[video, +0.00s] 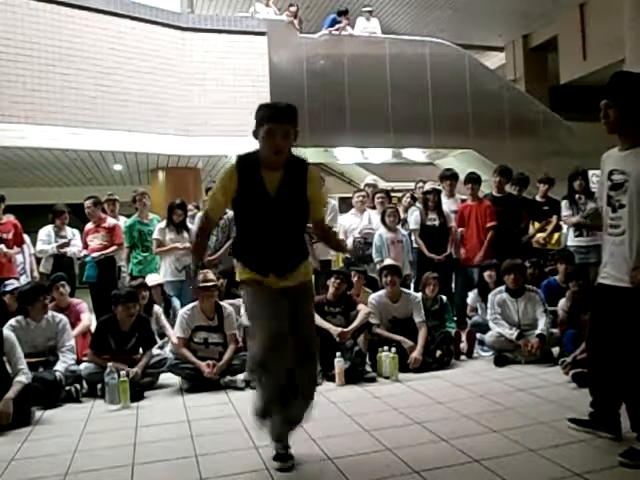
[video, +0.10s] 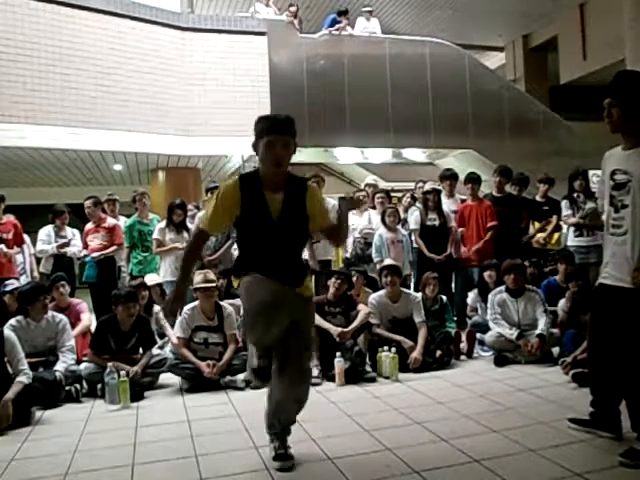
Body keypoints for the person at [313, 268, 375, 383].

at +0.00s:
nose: (338, 282)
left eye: (342, 281)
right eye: (336, 278)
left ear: (346, 287)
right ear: (328, 281)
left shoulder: (349, 300)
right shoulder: (318, 301)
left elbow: (366, 311)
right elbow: (313, 316)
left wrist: (349, 330)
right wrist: (332, 329)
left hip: (348, 345)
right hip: (327, 343)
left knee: (364, 323)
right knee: (321, 329)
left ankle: (360, 366)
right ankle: (326, 370)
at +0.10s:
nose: (339, 283)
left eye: (343, 281)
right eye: (337, 279)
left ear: (347, 287)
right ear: (329, 282)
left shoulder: (350, 300)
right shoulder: (318, 302)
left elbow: (366, 311)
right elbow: (311, 315)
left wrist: (350, 330)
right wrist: (332, 329)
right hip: (326, 348)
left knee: (364, 323)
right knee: (314, 327)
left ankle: (363, 364)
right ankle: (315, 366)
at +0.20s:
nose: (341, 285)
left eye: (345, 283)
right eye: (339, 281)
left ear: (349, 288)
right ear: (331, 283)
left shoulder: (351, 301)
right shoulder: (320, 303)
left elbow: (368, 313)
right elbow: (314, 317)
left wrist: (352, 332)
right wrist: (334, 331)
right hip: (328, 346)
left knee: (366, 324)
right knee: (319, 330)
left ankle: (362, 368)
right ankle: (326, 372)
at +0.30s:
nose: (344, 286)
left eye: (348, 284)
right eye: (342, 282)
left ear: (352, 290)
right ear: (334, 284)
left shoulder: (354, 302)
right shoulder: (323, 303)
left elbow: (371, 314)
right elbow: (317, 318)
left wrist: (354, 333)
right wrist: (336, 331)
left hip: (352, 346)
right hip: (331, 345)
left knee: (369, 325)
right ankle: (330, 373)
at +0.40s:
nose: (343, 286)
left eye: (348, 285)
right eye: (341, 282)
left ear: (352, 290)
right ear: (334, 284)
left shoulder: (354, 302)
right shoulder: (323, 303)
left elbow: (370, 314)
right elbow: (316, 318)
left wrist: (354, 333)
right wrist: (336, 331)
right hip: (331, 346)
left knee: (369, 325)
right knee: (324, 331)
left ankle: (364, 369)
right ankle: (329, 373)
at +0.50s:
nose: (344, 286)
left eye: (348, 285)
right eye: (342, 282)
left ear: (352, 290)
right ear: (334, 284)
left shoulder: (354, 303)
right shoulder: (323, 303)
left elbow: (371, 314)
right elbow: (317, 319)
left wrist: (354, 333)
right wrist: (337, 331)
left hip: (352, 347)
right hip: (331, 345)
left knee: (369, 325)